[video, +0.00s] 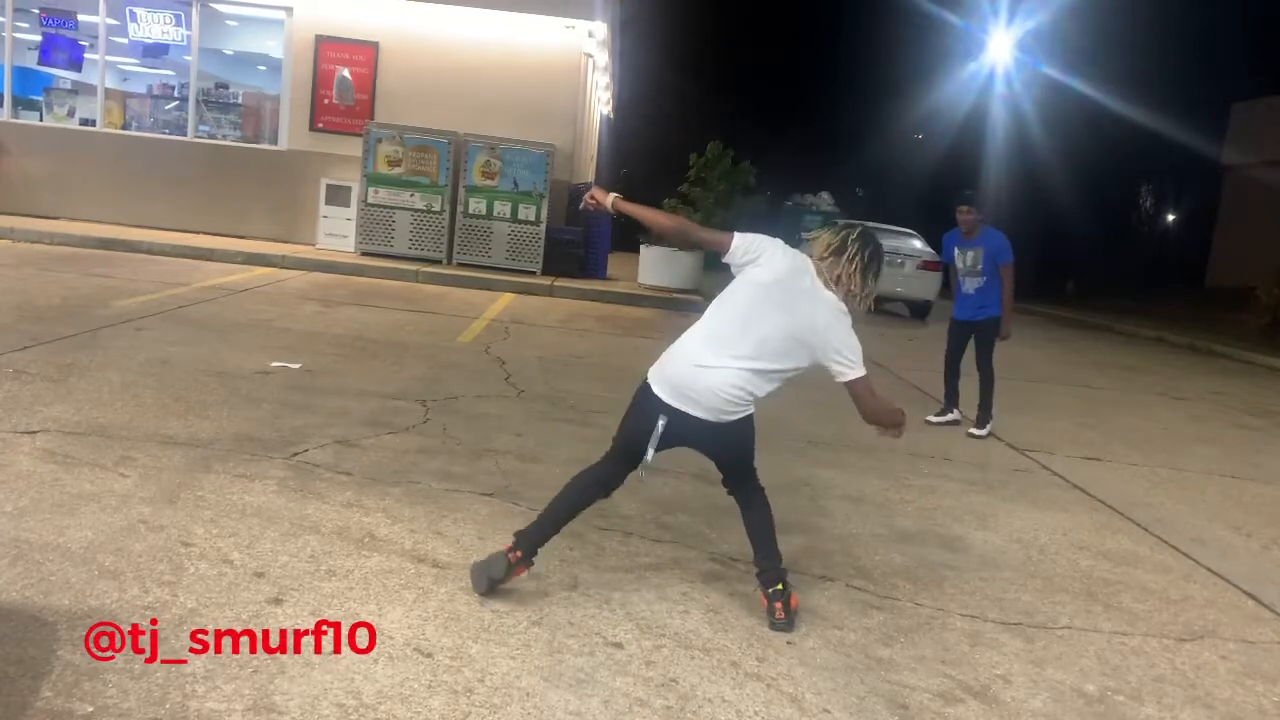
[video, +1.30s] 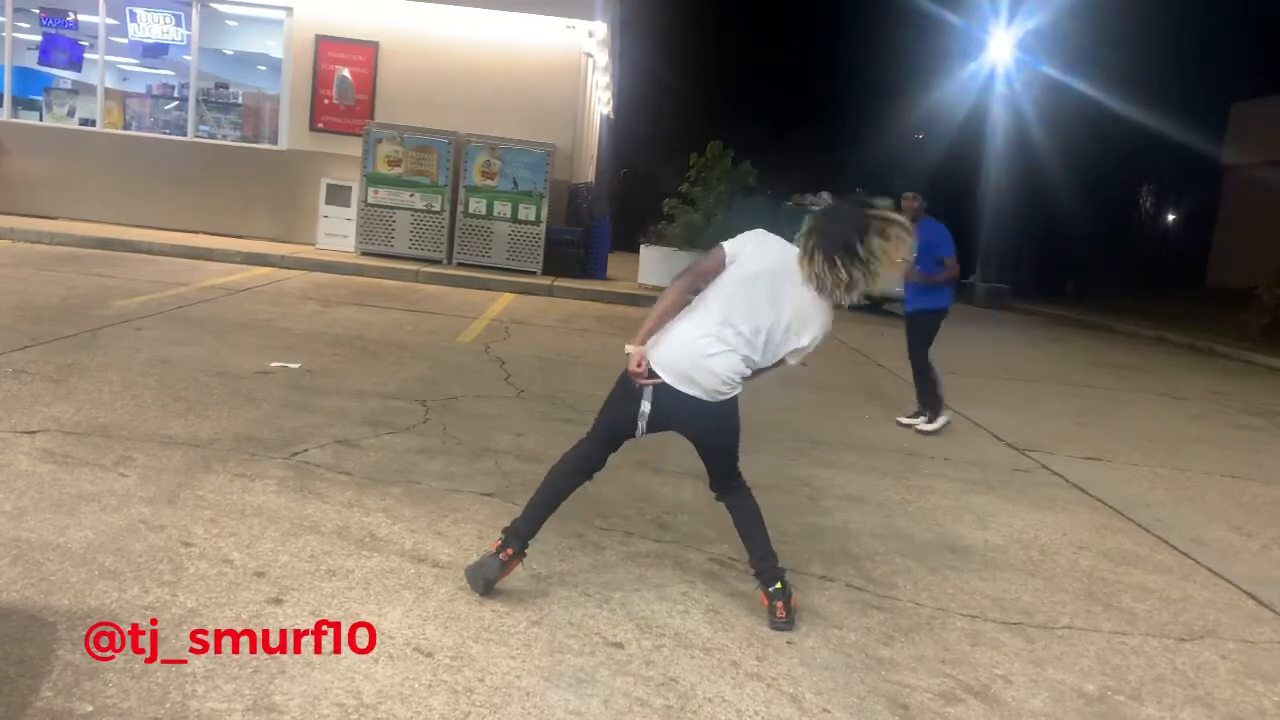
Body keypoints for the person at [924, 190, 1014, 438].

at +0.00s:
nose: (963, 218)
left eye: (968, 213)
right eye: (959, 213)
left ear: (980, 215)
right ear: (955, 215)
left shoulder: (997, 241)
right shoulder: (950, 240)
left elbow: (1008, 281)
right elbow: (953, 276)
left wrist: (1006, 321)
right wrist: (957, 305)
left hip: (988, 315)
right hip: (961, 313)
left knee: (984, 365)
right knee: (951, 360)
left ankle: (983, 419)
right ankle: (951, 408)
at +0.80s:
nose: (956, 215)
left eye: (962, 210)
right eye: (953, 210)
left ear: (973, 213)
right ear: (948, 212)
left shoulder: (988, 240)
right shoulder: (945, 237)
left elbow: (1011, 276)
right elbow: (947, 269)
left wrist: (980, 296)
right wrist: (949, 296)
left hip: (980, 316)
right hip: (953, 311)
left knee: (979, 363)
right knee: (935, 353)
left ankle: (983, 417)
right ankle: (945, 401)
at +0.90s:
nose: (953, 215)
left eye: (958, 210)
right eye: (949, 210)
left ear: (969, 213)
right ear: (945, 212)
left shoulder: (981, 237)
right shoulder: (942, 235)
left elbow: (995, 270)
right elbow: (947, 267)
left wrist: (961, 276)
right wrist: (945, 289)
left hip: (977, 315)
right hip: (950, 310)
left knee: (978, 363)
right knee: (932, 351)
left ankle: (983, 417)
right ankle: (937, 404)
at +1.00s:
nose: (946, 214)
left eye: (951, 209)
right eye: (942, 209)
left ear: (962, 213)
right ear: (937, 211)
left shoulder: (970, 235)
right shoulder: (935, 233)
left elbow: (957, 251)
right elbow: (935, 264)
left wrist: (924, 259)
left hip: (970, 313)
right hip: (944, 311)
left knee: (976, 365)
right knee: (930, 357)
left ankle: (983, 419)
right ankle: (927, 411)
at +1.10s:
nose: (936, 212)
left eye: (941, 208)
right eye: (933, 208)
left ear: (951, 211)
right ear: (928, 211)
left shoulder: (961, 235)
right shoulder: (927, 233)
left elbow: (938, 247)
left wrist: (909, 247)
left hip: (962, 311)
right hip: (936, 309)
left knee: (967, 363)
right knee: (923, 356)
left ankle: (982, 418)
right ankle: (926, 411)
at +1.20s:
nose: (925, 209)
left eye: (930, 204)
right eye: (922, 204)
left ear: (940, 209)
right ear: (917, 207)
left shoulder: (949, 232)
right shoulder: (918, 230)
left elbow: (941, 262)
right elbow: (923, 260)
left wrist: (911, 247)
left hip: (949, 308)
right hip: (926, 306)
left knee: (946, 360)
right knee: (918, 358)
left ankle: (976, 411)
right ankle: (925, 411)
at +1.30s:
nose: (908, 205)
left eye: (913, 200)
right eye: (905, 200)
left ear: (923, 203)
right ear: (901, 204)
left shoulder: (935, 231)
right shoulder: (909, 231)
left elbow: (953, 271)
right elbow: (914, 265)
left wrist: (922, 277)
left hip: (933, 303)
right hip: (915, 303)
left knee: (919, 355)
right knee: (916, 355)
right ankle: (924, 409)